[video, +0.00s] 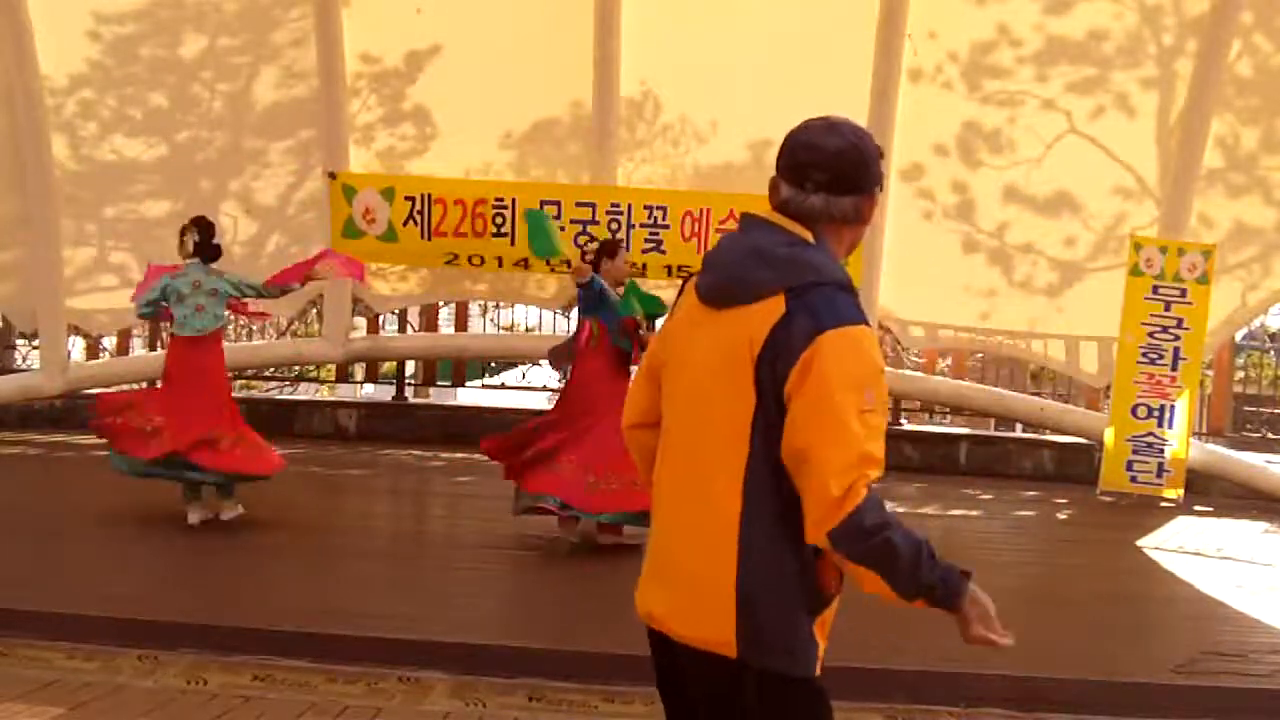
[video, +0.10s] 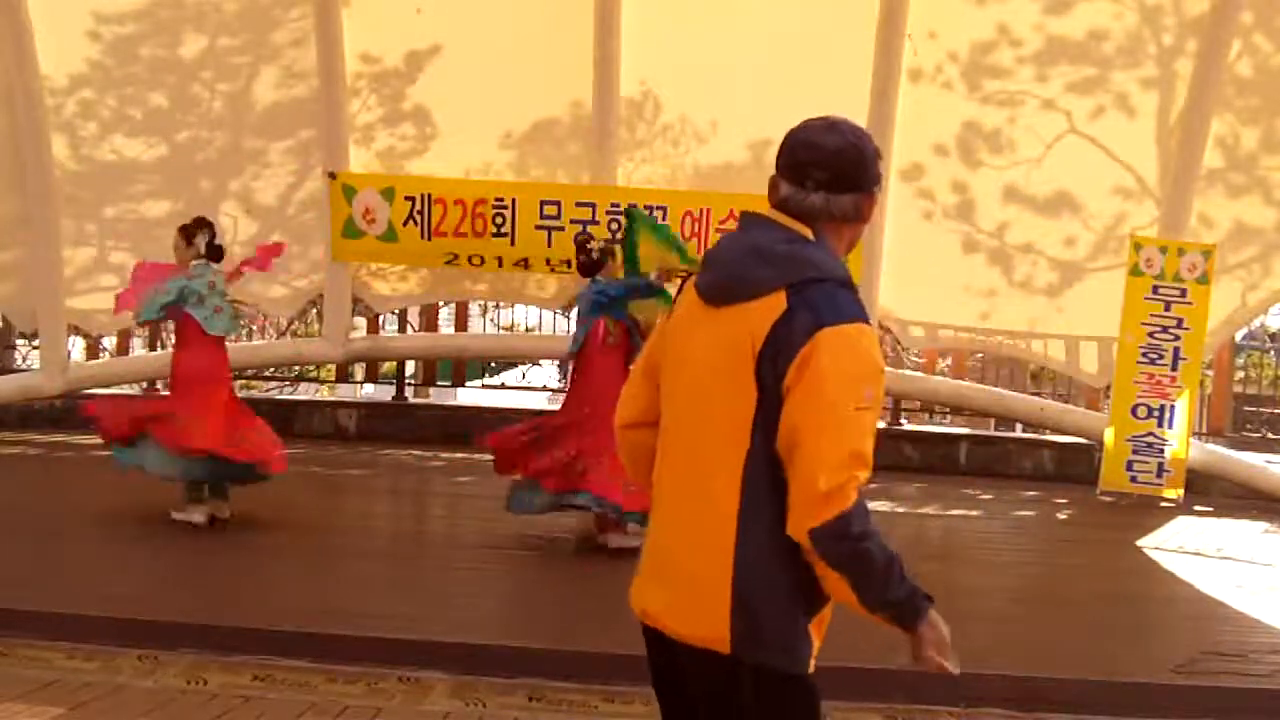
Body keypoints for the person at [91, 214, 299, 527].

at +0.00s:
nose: (181, 243)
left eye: (184, 238)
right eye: (183, 238)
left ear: (190, 243)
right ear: (210, 245)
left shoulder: (172, 280)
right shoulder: (220, 279)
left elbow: (144, 309)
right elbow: (265, 289)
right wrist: (304, 278)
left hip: (181, 357)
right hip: (211, 356)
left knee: (183, 422)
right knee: (217, 421)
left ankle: (193, 502)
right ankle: (227, 499)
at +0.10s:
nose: (174, 251)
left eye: (178, 244)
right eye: (175, 244)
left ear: (192, 246)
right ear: (201, 247)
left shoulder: (183, 285)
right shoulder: (216, 281)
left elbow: (144, 315)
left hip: (190, 365)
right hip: (218, 364)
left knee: (192, 430)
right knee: (214, 428)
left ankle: (195, 504)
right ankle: (220, 500)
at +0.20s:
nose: (182, 252)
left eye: (188, 246)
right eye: (180, 246)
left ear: (207, 250)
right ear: (179, 247)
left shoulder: (201, 282)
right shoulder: (188, 281)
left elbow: (183, 315)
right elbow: (165, 301)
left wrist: (158, 320)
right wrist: (146, 283)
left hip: (203, 364)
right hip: (199, 361)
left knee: (190, 428)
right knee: (204, 428)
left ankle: (194, 503)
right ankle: (215, 497)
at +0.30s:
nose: (200, 251)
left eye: (206, 245)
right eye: (195, 245)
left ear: (214, 248)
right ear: (185, 247)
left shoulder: (215, 285)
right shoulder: (174, 277)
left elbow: (230, 317)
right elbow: (136, 286)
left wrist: (187, 316)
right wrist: (91, 280)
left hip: (208, 354)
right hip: (183, 352)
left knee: (199, 418)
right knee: (186, 418)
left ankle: (194, 501)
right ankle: (192, 499)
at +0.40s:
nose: (208, 252)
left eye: (211, 245)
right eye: (202, 245)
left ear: (214, 248)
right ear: (181, 247)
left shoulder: (216, 286)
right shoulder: (165, 285)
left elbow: (247, 317)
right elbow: (125, 286)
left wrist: (208, 317)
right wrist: (94, 279)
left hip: (208, 369)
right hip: (175, 369)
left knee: (203, 432)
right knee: (161, 427)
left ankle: (189, 496)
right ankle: (151, 495)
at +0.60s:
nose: (199, 249)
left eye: (198, 243)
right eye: (195, 243)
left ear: (179, 246)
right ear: (181, 246)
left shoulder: (181, 280)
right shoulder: (175, 283)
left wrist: (225, 305)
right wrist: (232, 271)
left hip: (186, 360)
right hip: (174, 362)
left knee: (193, 427)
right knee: (166, 427)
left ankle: (191, 499)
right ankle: (148, 499)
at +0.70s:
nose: (188, 246)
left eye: (182, 242)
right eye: (187, 241)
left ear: (161, 248)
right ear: (186, 246)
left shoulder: (155, 283)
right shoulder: (195, 277)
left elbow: (158, 325)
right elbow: (239, 286)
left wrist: (205, 320)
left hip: (163, 359)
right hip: (189, 358)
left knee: (171, 425)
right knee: (192, 426)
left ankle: (179, 496)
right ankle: (179, 496)